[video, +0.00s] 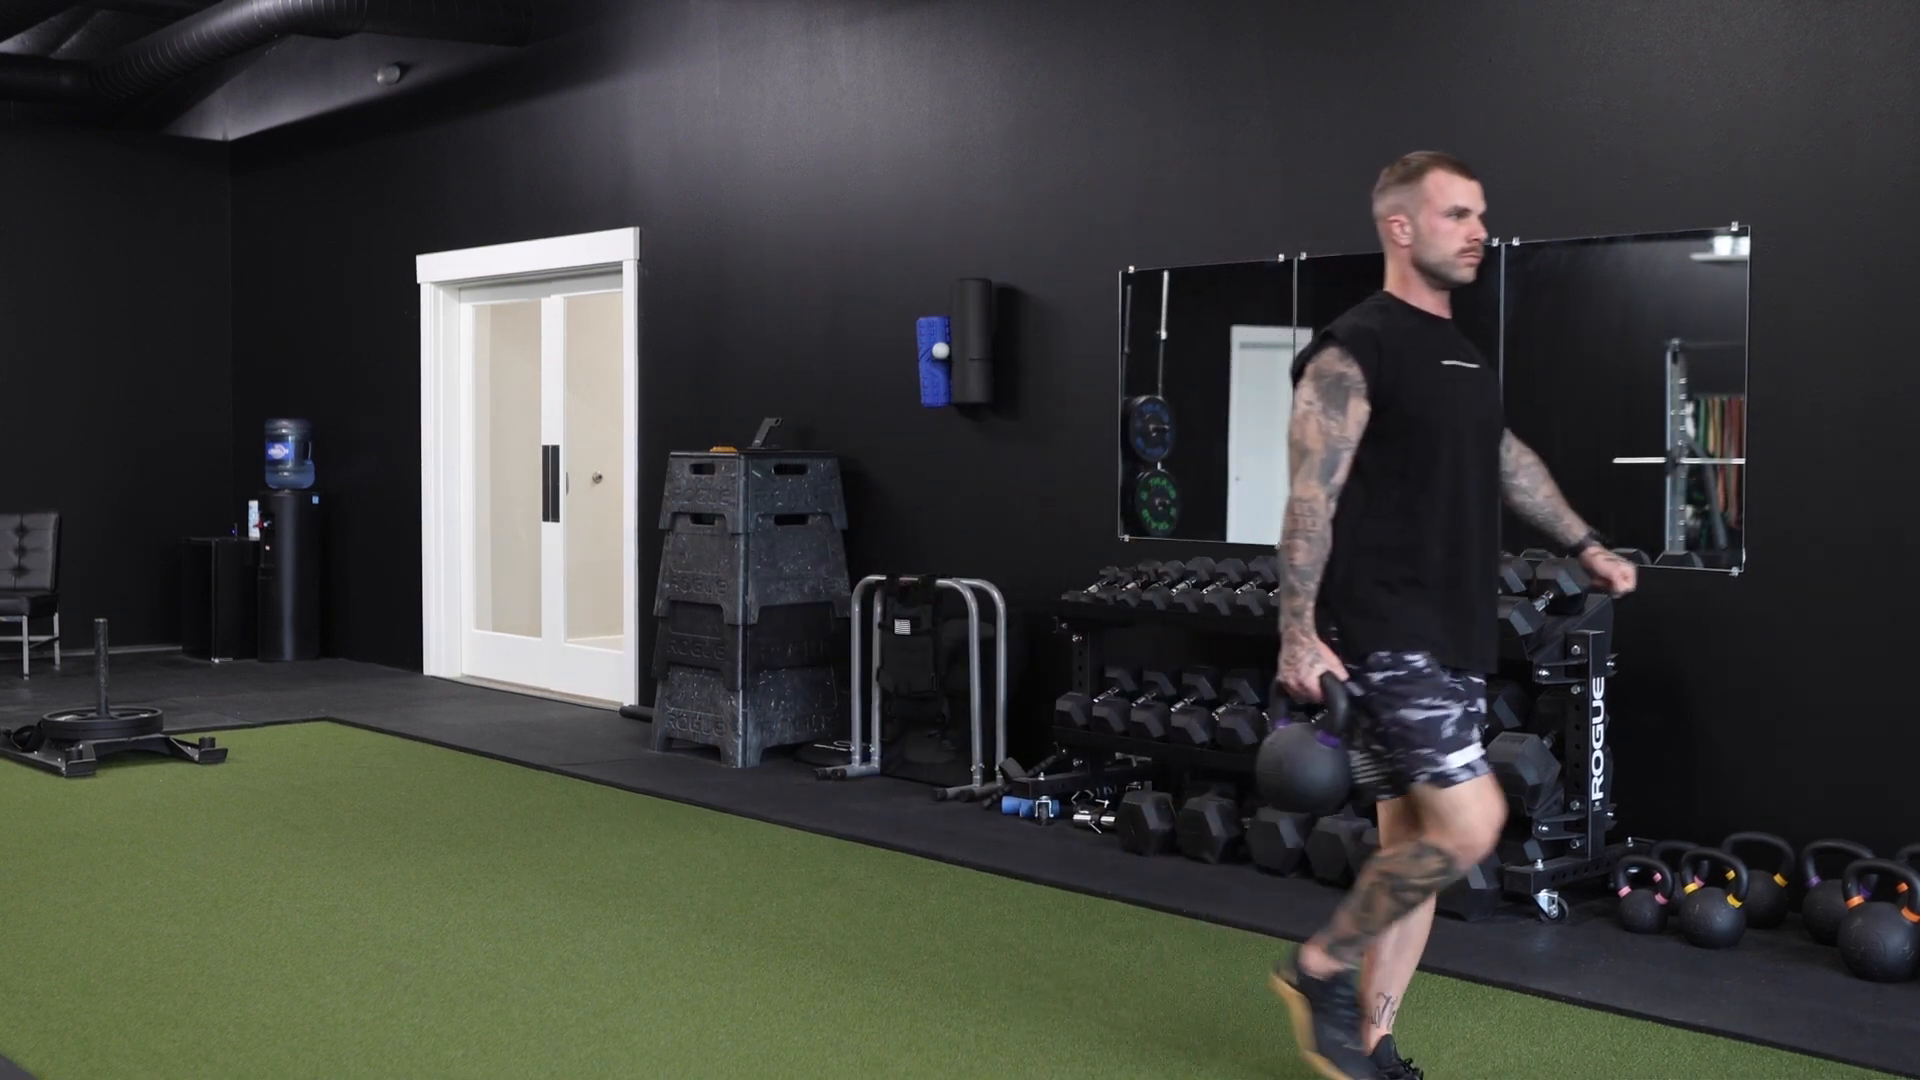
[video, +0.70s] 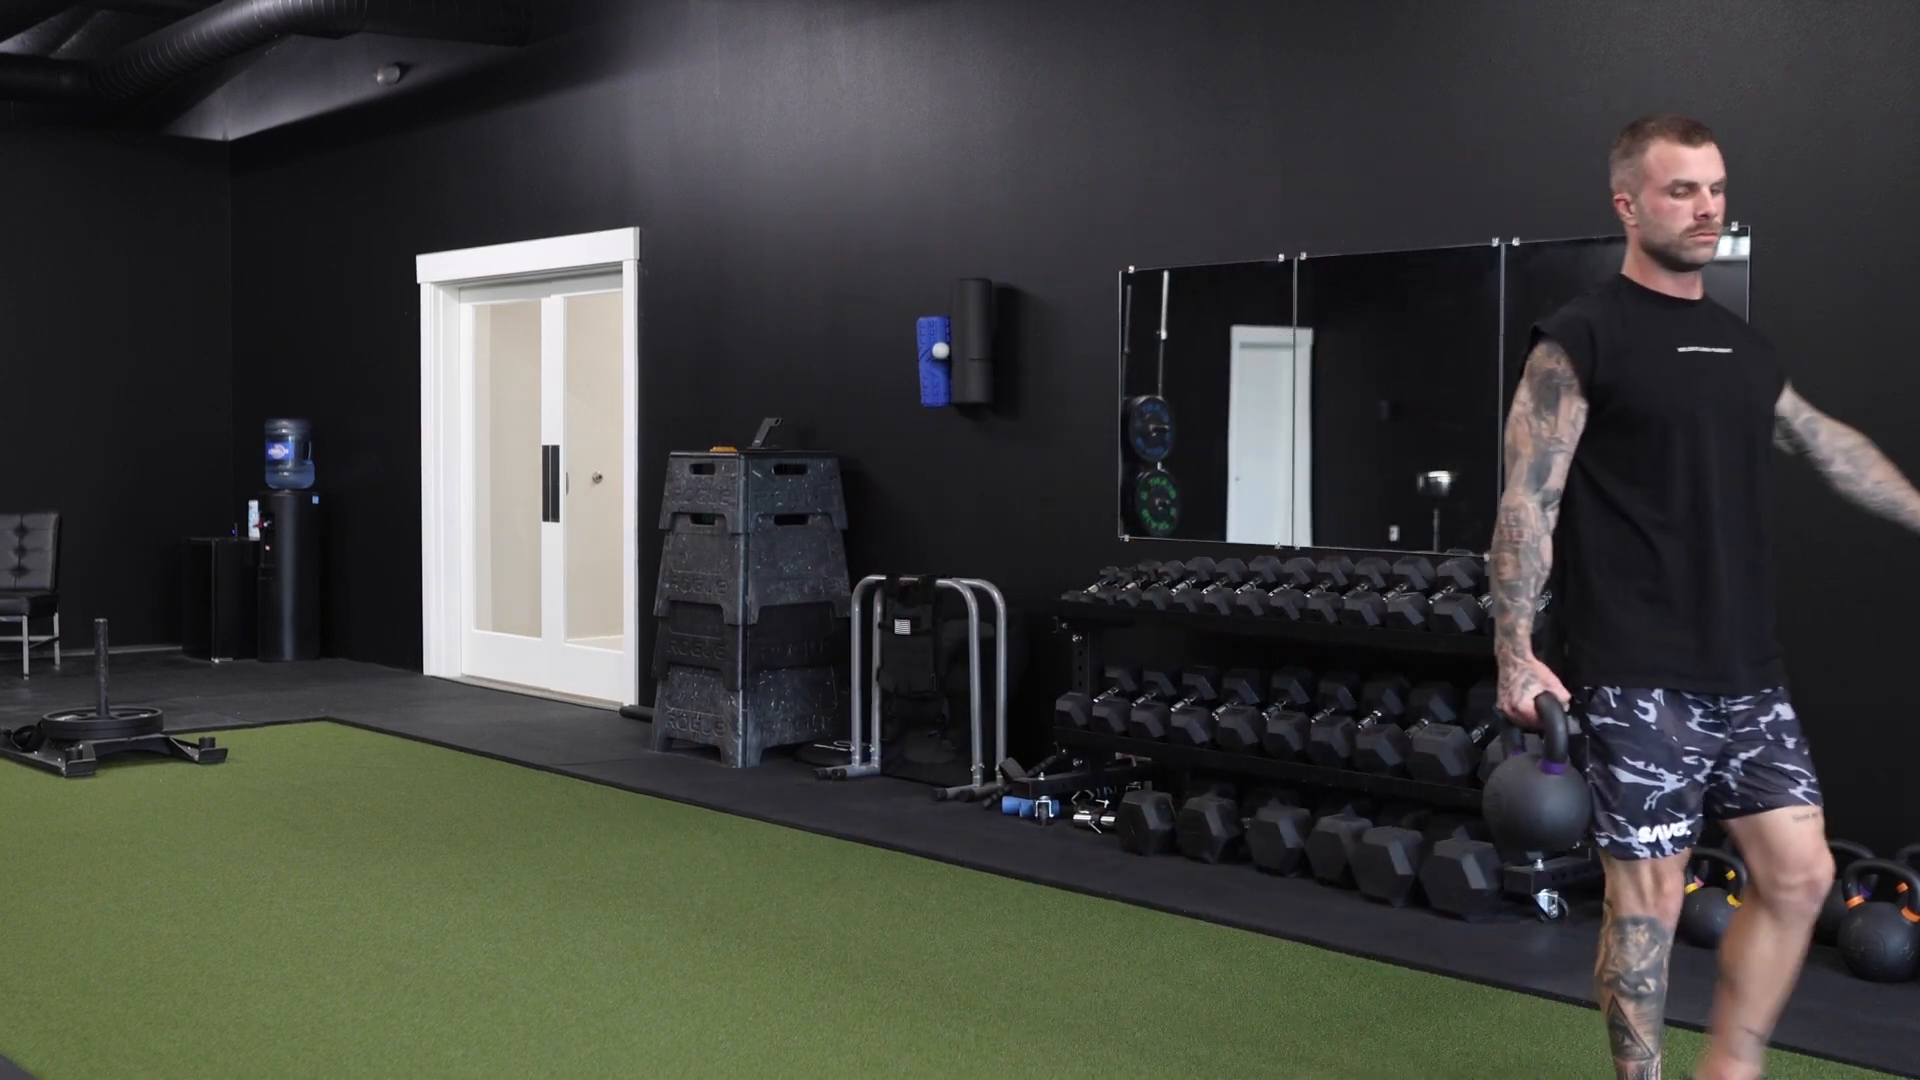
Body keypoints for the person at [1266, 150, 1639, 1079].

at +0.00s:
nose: (1478, 232)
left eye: (1480, 217)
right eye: (1458, 216)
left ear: (1466, 232)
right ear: (1397, 228)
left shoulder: (1461, 354)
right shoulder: (1349, 351)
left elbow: (1506, 459)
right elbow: (1310, 494)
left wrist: (1584, 544)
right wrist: (1296, 626)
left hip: (1454, 633)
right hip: (1380, 633)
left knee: (1410, 845)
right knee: (1470, 821)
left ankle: (1370, 1038)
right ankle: (1319, 965)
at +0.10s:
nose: (1516, 229)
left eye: (1518, 213)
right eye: (1494, 213)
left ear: (1503, 227)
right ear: (1433, 225)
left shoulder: (1497, 356)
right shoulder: (1386, 351)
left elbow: (1546, 460)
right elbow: (1345, 497)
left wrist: (1627, 542)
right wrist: (1331, 632)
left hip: (1483, 635)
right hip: (1415, 634)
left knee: (1426, 854)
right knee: (1524, 815)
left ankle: (1363, 1048)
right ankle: (1439, 1022)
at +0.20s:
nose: (1555, 227)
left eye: (1556, 211)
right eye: (1534, 211)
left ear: (1543, 226)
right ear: (1471, 224)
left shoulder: (1532, 348)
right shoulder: (1423, 351)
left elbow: (1581, 459)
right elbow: (1381, 500)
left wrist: (1666, 543)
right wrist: (1367, 637)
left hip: (1518, 640)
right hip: (1449, 641)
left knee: (1438, 854)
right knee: (1540, 843)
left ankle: (1366, 1046)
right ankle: (1563, 1067)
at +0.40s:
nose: (1636, 223)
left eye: (1637, 206)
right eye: (1612, 205)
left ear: (1622, 220)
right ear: (1548, 220)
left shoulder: (1620, 352)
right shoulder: (1501, 351)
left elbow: (1669, 464)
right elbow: (1451, 505)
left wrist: (1748, 545)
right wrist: (1439, 646)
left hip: (1605, 654)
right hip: (1536, 657)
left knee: (1533, 867)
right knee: (1590, 882)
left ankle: (1400, 1024)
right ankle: (1619, 1072)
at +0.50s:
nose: (1667, 217)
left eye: (1670, 200)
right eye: (1643, 200)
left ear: (1667, 212)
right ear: (1579, 213)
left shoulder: (1653, 344)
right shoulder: (1533, 346)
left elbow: (1718, 454)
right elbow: (1481, 504)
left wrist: (1809, 541)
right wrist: (1467, 647)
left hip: (1659, 654)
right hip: (1577, 657)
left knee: (1670, 866)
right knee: (1613, 879)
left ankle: (1480, 991)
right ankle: (1630, 1072)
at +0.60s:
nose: (1688, 214)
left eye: (1695, 196)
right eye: (1664, 195)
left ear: (1699, 208)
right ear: (1605, 207)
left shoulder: (1702, 348)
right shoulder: (1561, 340)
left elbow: (1771, 447)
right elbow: (1505, 498)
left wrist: (1874, 535)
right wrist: (1493, 645)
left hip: (1704, 655)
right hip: (1605, 657)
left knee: (1748, 872)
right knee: (1632, 893)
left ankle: (1584, 1007)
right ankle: (1636, 1071)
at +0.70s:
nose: (1706, 207)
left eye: (1716, 191)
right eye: (1681, 190)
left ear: (1724, 204)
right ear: (1625, 203)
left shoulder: (1735, 339)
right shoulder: (1581, 337)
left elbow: (1831, 446)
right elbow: (1527, 498)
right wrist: (1513, 645)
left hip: (1742, 658)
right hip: (1631, 664)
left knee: (1799, 876)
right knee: (1647, 897)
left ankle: (1729, 1072)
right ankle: (1640, 1074)